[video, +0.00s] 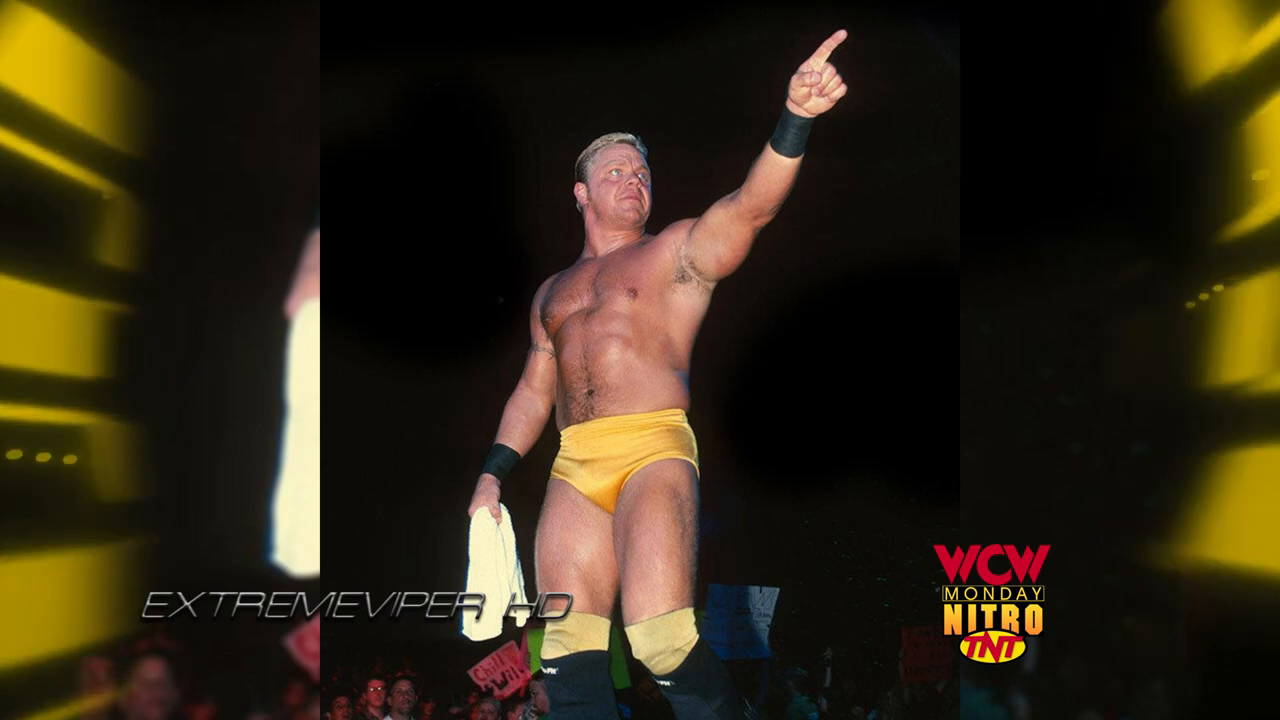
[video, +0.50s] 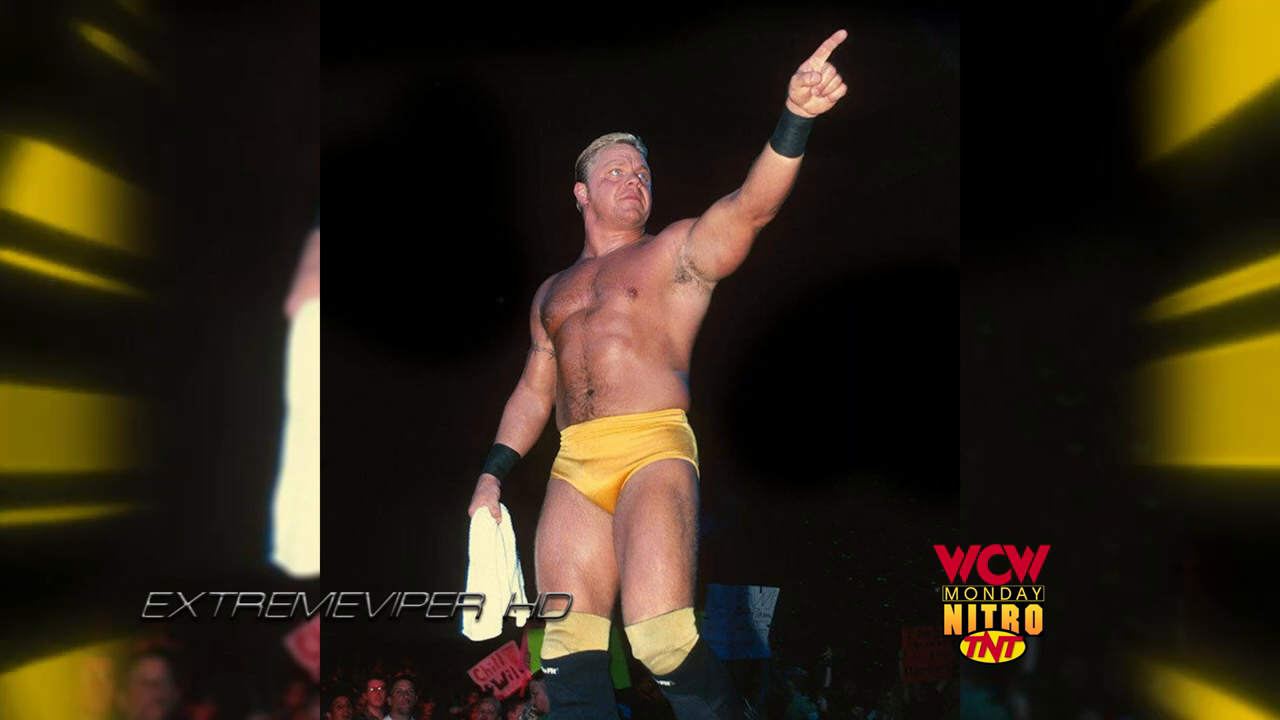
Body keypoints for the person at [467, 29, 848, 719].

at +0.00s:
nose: (632, 179)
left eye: (640, 172)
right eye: (615, 170)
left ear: (650, 194)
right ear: (581, 193)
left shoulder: (680, 254)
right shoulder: (552, 296)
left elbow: (753, 203)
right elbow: (534, 394)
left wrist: (797, 116)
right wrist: (490, 478)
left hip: (656, 448)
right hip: (575, 462)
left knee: (660, 636)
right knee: (568, 646)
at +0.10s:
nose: (632, 179)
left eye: (640, 172)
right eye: (615, 170)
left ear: (650, 194)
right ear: (581, 193)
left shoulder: (680, 254)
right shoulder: (552, 296)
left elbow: (753, 203)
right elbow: (534, 394)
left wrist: (797, 116)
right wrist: (490, 478)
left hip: (656, 448)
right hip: (575, 462)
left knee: (660, 636)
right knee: (568, 646)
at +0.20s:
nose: (632, 179)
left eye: (640, 172)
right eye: (615, 170)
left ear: (650, 194)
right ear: (581, 193)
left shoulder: (680, 254)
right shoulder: (552, 296)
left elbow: (753, 203)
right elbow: (534, 394)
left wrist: (797, 116)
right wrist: (490, 478)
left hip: (656, 448)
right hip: (575, 462)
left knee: (660, 636)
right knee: (568, 646)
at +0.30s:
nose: (632, 179)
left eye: (640, 172)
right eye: (615, 170)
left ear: (650, 194)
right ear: (581, 193)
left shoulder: (680, 254)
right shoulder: (552, 296)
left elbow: (753, 203)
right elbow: (534, 394)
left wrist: (797, 116)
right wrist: (490, 478)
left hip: (656, 448)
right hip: (575, 462)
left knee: (660, 636)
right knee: (568, 646)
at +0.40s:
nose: (632, 179)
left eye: (640, 172)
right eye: (615, 170)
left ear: (650, 194)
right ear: (581, 193)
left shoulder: (680, 254)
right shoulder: (552, 296)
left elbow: (753, 203)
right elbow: (534, 394)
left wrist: (797, 116)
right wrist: (490, 478)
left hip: (656, 448)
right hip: (575, 462)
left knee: (660, 636)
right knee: (568, 646)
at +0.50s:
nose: (632, 179)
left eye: (640, 172)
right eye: (615, 170)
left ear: (650, 194)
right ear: (581, 193)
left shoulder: (680, 254)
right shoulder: (552, 296)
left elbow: (753, 203)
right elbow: (534, 394)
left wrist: (797, 116)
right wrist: (490, 478)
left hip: (656, 448)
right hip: (575, 462)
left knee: (660, 636)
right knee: (568, 646)